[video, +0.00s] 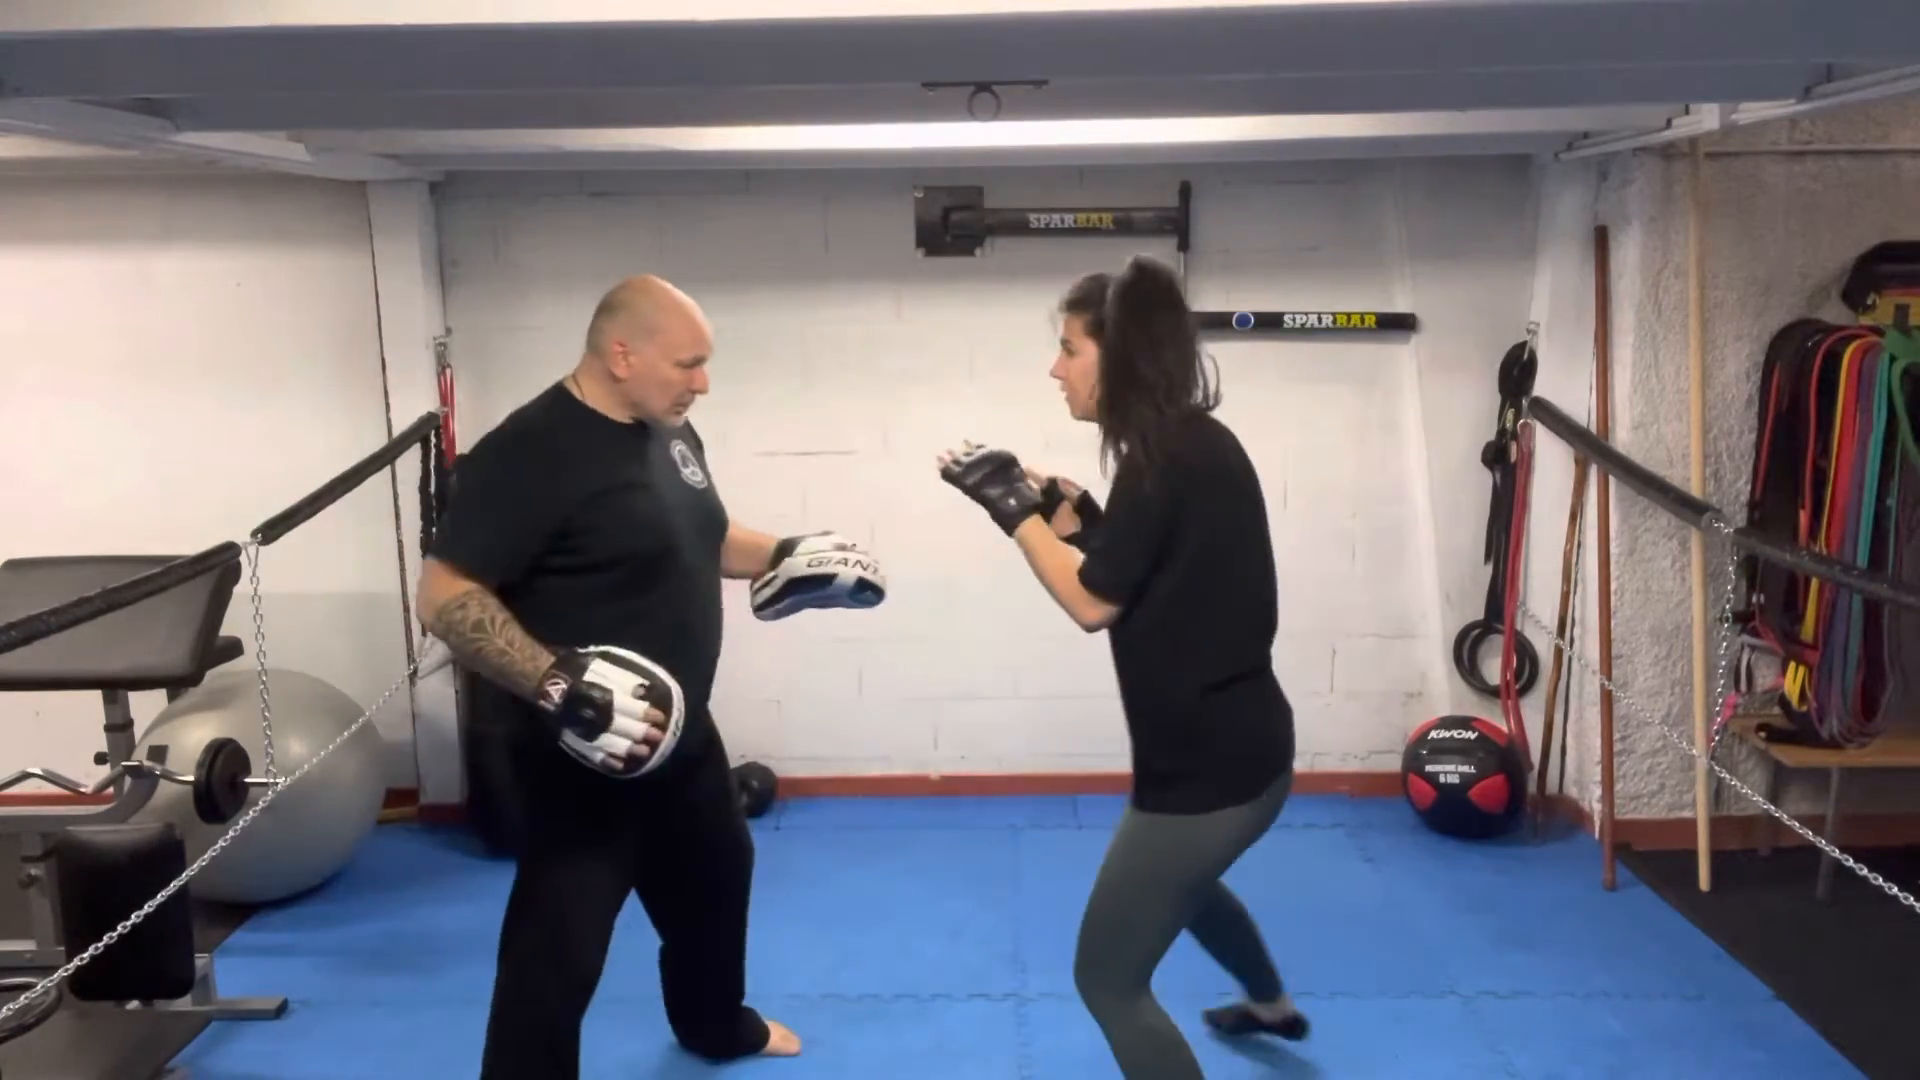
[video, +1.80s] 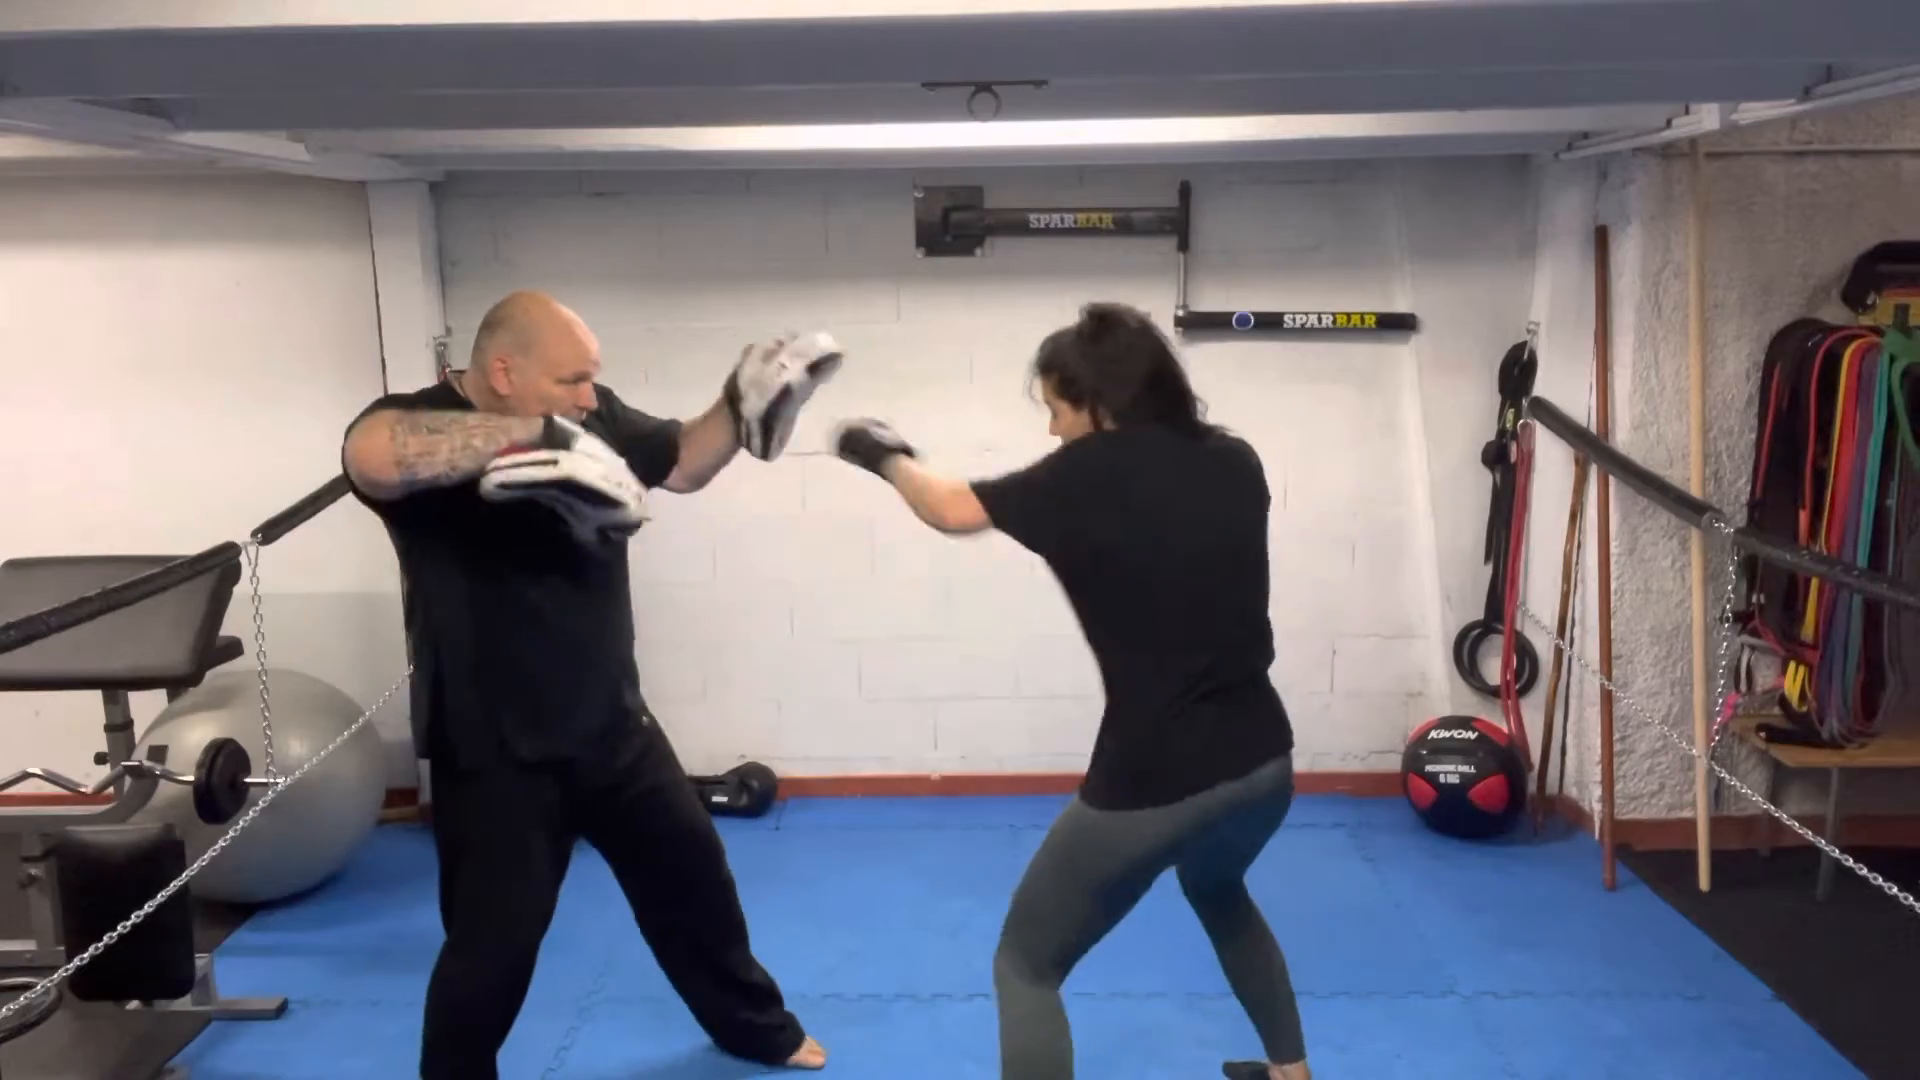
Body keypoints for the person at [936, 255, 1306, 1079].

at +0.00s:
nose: (1056, 369)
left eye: (1069, 349)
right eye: (1059, 349)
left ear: (1119, 353)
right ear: (1142, 354)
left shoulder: (1159, 460)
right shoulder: (1208, 446)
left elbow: (1092, 601)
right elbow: (1171, 582)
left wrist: (1017, 512)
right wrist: (1087, 522)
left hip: (1197, 779)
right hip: (1249, 757)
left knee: (1108, 979)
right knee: (1176, 879)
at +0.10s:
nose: (1077, 365)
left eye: (1089, 346)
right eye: (1080, 345)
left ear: (1138, 351)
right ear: (1160, 350)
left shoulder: (1192, 451)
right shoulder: (1223, 437)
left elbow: (1148, 602)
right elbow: (1189, 566)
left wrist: (1054, 529)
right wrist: (1105, 507)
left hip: (1232, 758)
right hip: (1282, 733)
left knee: (1129, 969)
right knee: (1242, 886)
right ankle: (1374, 1026)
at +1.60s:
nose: (1079, 419)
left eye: (1083, 399)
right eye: (1076, 400)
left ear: (1133, 394)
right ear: (1143, 387)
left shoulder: (1187, 457)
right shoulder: (1247, 441)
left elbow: (1153, 602)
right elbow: (1221, 574)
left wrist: (1102, 502)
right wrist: (1136, 498)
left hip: (1203, 765)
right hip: (1282, 744)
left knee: (1047, 902)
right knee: (1199, 887)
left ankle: (1079, 1073)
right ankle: (1288, 1066)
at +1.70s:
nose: (1065, 421)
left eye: (1070, 401)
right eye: (1063, 403)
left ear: (1118, 391)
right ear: (1161, 379)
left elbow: (1082, 587)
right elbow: (1217, 540)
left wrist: (1042, 518)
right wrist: (1133, 480)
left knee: (1046, 935)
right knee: (1218, 885)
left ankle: (1033, 1075)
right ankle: (1292, 1066)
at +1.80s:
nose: (1051, 428)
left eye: (1054, 408)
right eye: (1049, 409)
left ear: (1096, 403)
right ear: (1155, 390)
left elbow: (952, 508)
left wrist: (888, 458)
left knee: (1027, 962)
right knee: (1219, 890)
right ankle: (1291, 1066)